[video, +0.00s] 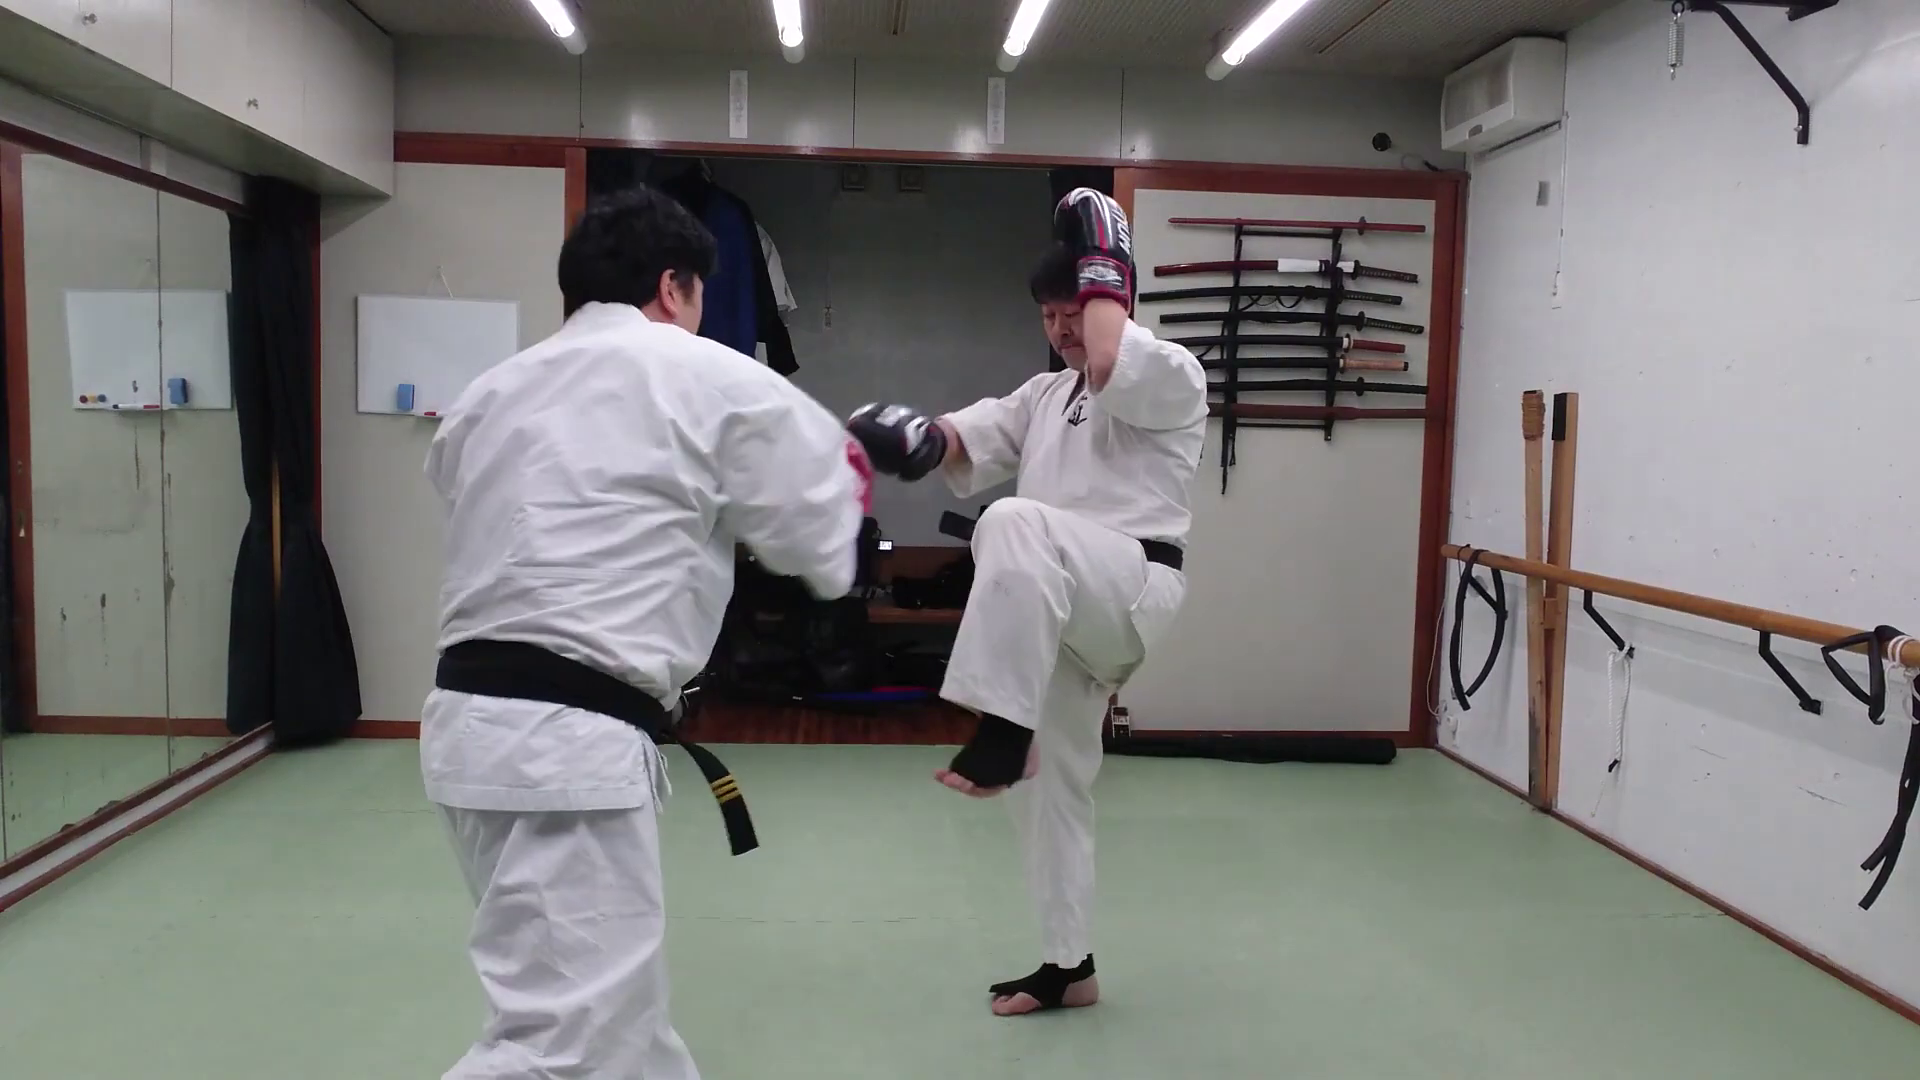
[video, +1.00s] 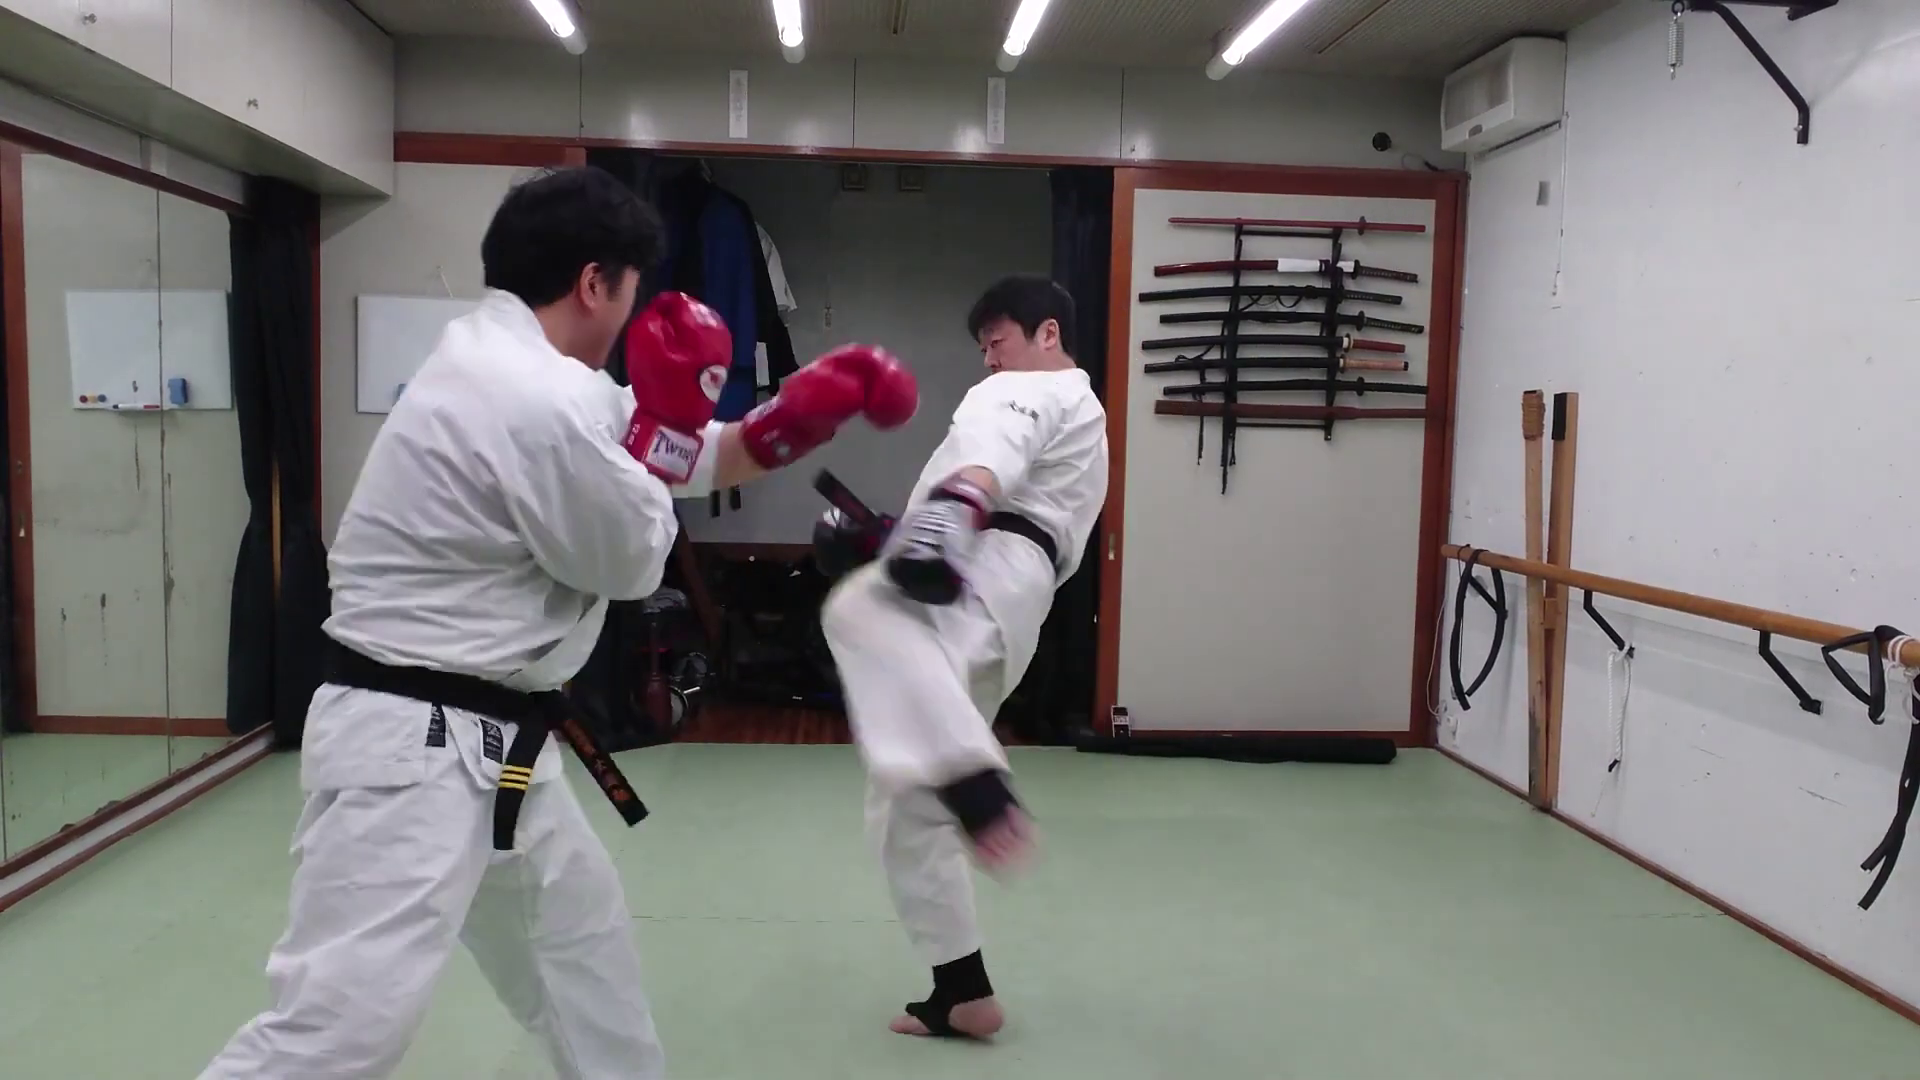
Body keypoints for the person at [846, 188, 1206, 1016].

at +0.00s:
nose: (1059, 325)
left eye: (1071, 310)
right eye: (1049, 313)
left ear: (1109, 308)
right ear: (1040, 319)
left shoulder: (1170, 381)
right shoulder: (1045, 394)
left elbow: (1109, 361)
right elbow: (970, 433)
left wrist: (1105, 264)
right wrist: (917, 438)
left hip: (1139, 588)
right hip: (1058, 586)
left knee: (1017, 522)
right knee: (1056, 780)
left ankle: (1006, 728)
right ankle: (1067, 965)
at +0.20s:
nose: (1045, 320)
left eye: (1060, 304)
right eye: (1035, 305)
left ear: (1107, 304)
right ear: (1026, 309)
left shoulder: (1152, 384)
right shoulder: (1024, 400)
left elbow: (1175, 495)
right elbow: (953, 493)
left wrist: (1114, 424)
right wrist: (888, 563)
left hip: (1125, 587)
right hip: (1038, 591)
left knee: (1013, 543)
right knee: (1052, 776)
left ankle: (1014, 743)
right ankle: (1065, 962)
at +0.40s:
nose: (1022, 310)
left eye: (1041, 295)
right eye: (1012, 295)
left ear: (1084, 300)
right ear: (1001, 302)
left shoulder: (1131, 390)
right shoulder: (988, 412)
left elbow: (1193, 503)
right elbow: (986, 543)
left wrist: (1195, 590)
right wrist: (973, 629)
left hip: (1101, 584)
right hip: (1021, 601)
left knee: (1020, 651)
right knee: (1029, 781)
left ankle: (1060, 865)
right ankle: (1066, 966)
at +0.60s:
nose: (1006, 310)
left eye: (1022, 294)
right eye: (995, 296)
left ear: (1066, 297)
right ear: (985, 304)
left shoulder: (1117, 389)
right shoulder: (966, 409)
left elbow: (1193, 499)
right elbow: (947, 533)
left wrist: (1154, 566)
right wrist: (918, 609)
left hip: (1082, 617)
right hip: (1002, 621)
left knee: (1070, 793)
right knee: (1014, 801)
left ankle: (1106, 991)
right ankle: (1058, 969)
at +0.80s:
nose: (998, 302)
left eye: (1018, 291)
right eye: (998, 293)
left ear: (1066, 310)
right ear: (1001, 315)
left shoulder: (1076, 387)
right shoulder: (1007, 394)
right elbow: (989, 523)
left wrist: (879, 361)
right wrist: (933, 593)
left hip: (1075, 636)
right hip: (985, 640)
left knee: (1124, 823)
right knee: (926, 808)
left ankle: (1166, 953)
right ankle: (978, 980)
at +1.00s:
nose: (989, 360)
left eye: (1000, 343)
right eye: (983, 348)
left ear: (1049, 335)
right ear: (1052, 346)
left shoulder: (1036, 385)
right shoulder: (1075, 417)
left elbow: (986, 457)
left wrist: (941, 527)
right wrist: (884, 535)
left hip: (994, 551)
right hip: (1019, 602)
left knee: (862, 603)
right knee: (907, 787)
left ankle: (973, 783)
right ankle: (962, 987)